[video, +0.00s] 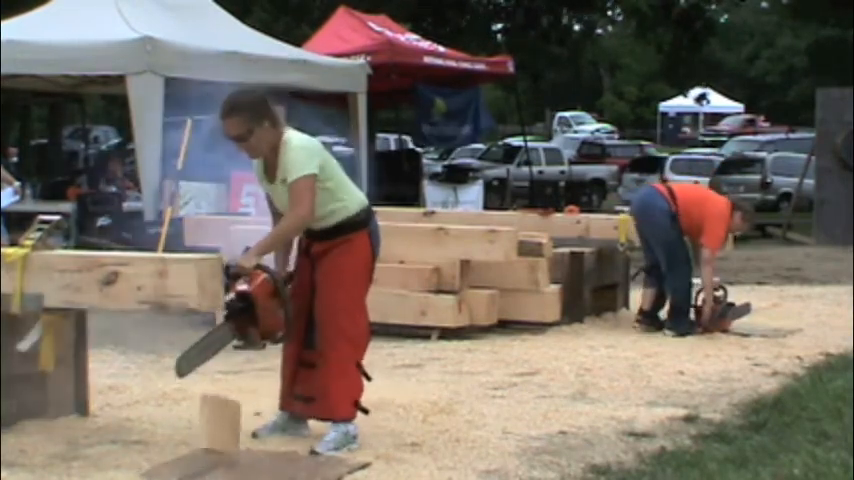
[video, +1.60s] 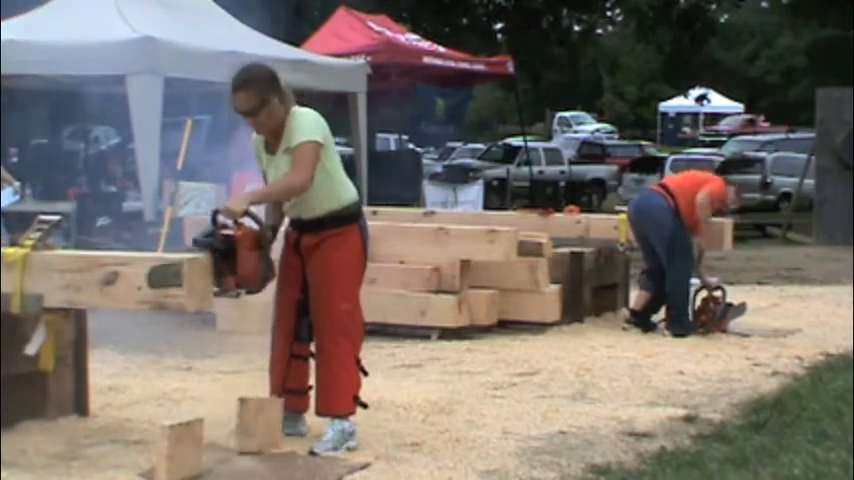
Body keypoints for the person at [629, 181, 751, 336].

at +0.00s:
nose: (737, 232)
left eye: (741, 230)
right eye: (741, 228)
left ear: (736, 214)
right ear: (738, 216)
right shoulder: (720, 212)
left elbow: (699, 248)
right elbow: (706, 261)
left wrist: (707, 279)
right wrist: (708, 304)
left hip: (644, 200)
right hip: (658, 207)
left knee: (655, 265)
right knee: (680, 268)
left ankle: (647, 313)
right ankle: (678, 321)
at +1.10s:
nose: (731, 212)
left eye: (733, 208)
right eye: (732, 207)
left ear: (717, 192)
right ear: (726, 199)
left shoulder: (700, 192)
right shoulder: (714, 209)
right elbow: (700, 248)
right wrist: (706, 280)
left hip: (637, 210)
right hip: (658, 219)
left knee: (658, 269)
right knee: (690, 269)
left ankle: (637, 313)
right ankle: (680, 321)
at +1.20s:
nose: (729, 191)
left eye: (731, 188)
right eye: (730, 186)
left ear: (716, 171)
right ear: (727, 178)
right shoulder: (716, 182)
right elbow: (708, 219)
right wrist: (708, 253)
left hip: (641, 210)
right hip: (660, 214)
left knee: (665, 271)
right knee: (693, 271)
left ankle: (639, 313)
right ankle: (683, 323)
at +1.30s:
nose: (730, 190)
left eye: (732, 186)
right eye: (731, 183)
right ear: (726, 171)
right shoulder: (714, 163)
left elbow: (699, 247)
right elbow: (702, 177)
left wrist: (711, 276)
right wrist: (706, 216)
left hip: (645, 200)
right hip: (664, 204)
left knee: (662, 265)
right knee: (683, 263)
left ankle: (640, 313)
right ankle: (684, 321)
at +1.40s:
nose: (732, 196)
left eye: (734, 196)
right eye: (733, 190)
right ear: (730, 178)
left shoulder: (705, 206)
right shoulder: (715, 166)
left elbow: (695, 243)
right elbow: (694, 152)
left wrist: (704, 279)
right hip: (662, 201)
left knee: (661, 264)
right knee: (682, 263)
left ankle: (641, 312)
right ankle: (681, 319)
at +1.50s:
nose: (731, 202)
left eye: (735, 202)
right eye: (734, 195)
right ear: (731, 183)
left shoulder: (702, 211)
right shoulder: (717, 171)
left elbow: (693, 243)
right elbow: (695, 162)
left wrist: (704, 279)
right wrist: (712, 188)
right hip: (659, 204)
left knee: (659, 268)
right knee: (681, 265)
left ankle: (639, 313)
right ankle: (679, 323)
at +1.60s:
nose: (732, 204)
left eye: (736, 202)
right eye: (735, 198)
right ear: (731, 188)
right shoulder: (719, 184)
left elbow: (696, 242)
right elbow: (702, 198)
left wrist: (703, 278)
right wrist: (705, 233)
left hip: (641, 202)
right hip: (659, 207)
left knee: (657, 268)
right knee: (680, 265)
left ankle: (638, 313)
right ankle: (679, 323)